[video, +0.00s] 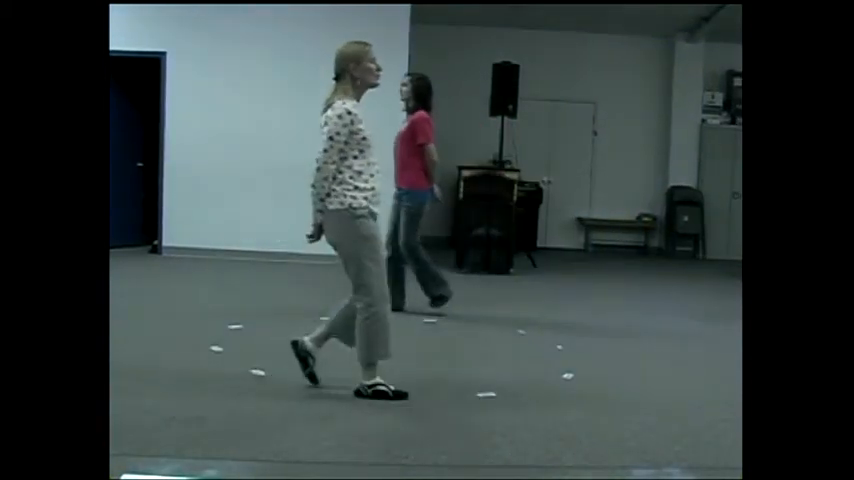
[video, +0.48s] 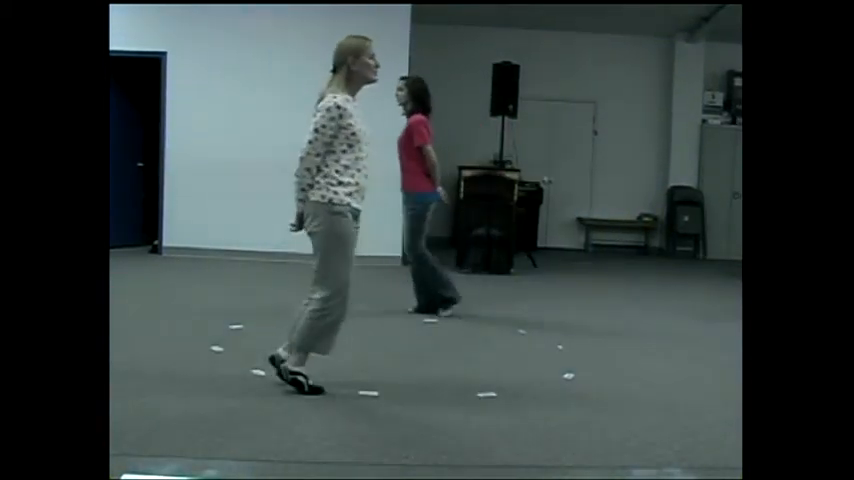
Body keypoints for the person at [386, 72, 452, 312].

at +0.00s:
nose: (401, 91)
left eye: (406, 86)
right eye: (401, 86)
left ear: (418, 92)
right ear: (409, 92)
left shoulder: (420, 119)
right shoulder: (411, 120)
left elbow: (430, 153)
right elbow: (421, 153)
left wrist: (432, 181)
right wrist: (429, 180)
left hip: (416, 189)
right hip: (404, 189)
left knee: (407, 243)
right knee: (393, 245)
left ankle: (438, 291)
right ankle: (395, 300)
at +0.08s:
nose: (401, 90)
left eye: (405, 86)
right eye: (402, 86)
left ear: (416, 92)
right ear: (413, 92)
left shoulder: (420, 119)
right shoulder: (413, 119)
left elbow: (431, 153)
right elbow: (423, 154)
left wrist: (435, 180)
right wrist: (433, 179)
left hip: (420, 191)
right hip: (409, 190)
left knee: (422, 246)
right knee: (398, 247)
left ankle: (451, 295)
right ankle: (394, 300)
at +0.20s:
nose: (400, 92)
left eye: (405, 88)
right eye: (401, 87)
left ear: (416, 93)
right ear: (414, 94)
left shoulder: (420, 122)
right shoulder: (414, 122)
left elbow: (436, 155)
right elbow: (426, 157)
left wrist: (443, 182)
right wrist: (443, 184)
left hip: (428, 194)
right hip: (416, 194)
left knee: (434, 247)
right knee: (404, 246)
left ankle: (458, 302)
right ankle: (397, 300)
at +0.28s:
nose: (400, 91)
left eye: (405, 87)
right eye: (401, 87)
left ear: (416, 93)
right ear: (414, 94)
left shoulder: (421, 121)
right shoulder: (415, 120)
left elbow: (437, 155)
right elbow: (428, 157)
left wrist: (445, 182)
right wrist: (446, 184)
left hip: (429, 193)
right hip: (417, 193)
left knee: (435, 247)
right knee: (406, 245)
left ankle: (458, 301)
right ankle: (408, 300)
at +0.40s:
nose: (399, 91)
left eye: (403, 87)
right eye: (399, 87)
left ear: (415, 92)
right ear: (413, 94)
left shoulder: (419, 119)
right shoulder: (414, 119)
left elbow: (432, 153)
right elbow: (426, 155)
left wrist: (439, 181)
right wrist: (437, 181)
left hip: (424, 192)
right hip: (415, 192)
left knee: (425, 245)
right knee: (413, 250)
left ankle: (454, 297)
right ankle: (426, 302)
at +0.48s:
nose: (397, 94)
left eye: (401, 90)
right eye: (397, 90)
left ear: (414, 94)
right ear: (410, 96)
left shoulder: (418, 123)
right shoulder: (413, 122)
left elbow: (430, 156)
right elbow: (425, 157)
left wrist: (436, 184)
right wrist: (434, 183)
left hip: (420, 193)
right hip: (413, 193)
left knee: (415, 248)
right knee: (413, 249)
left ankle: (446, 295)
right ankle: (426, 302)